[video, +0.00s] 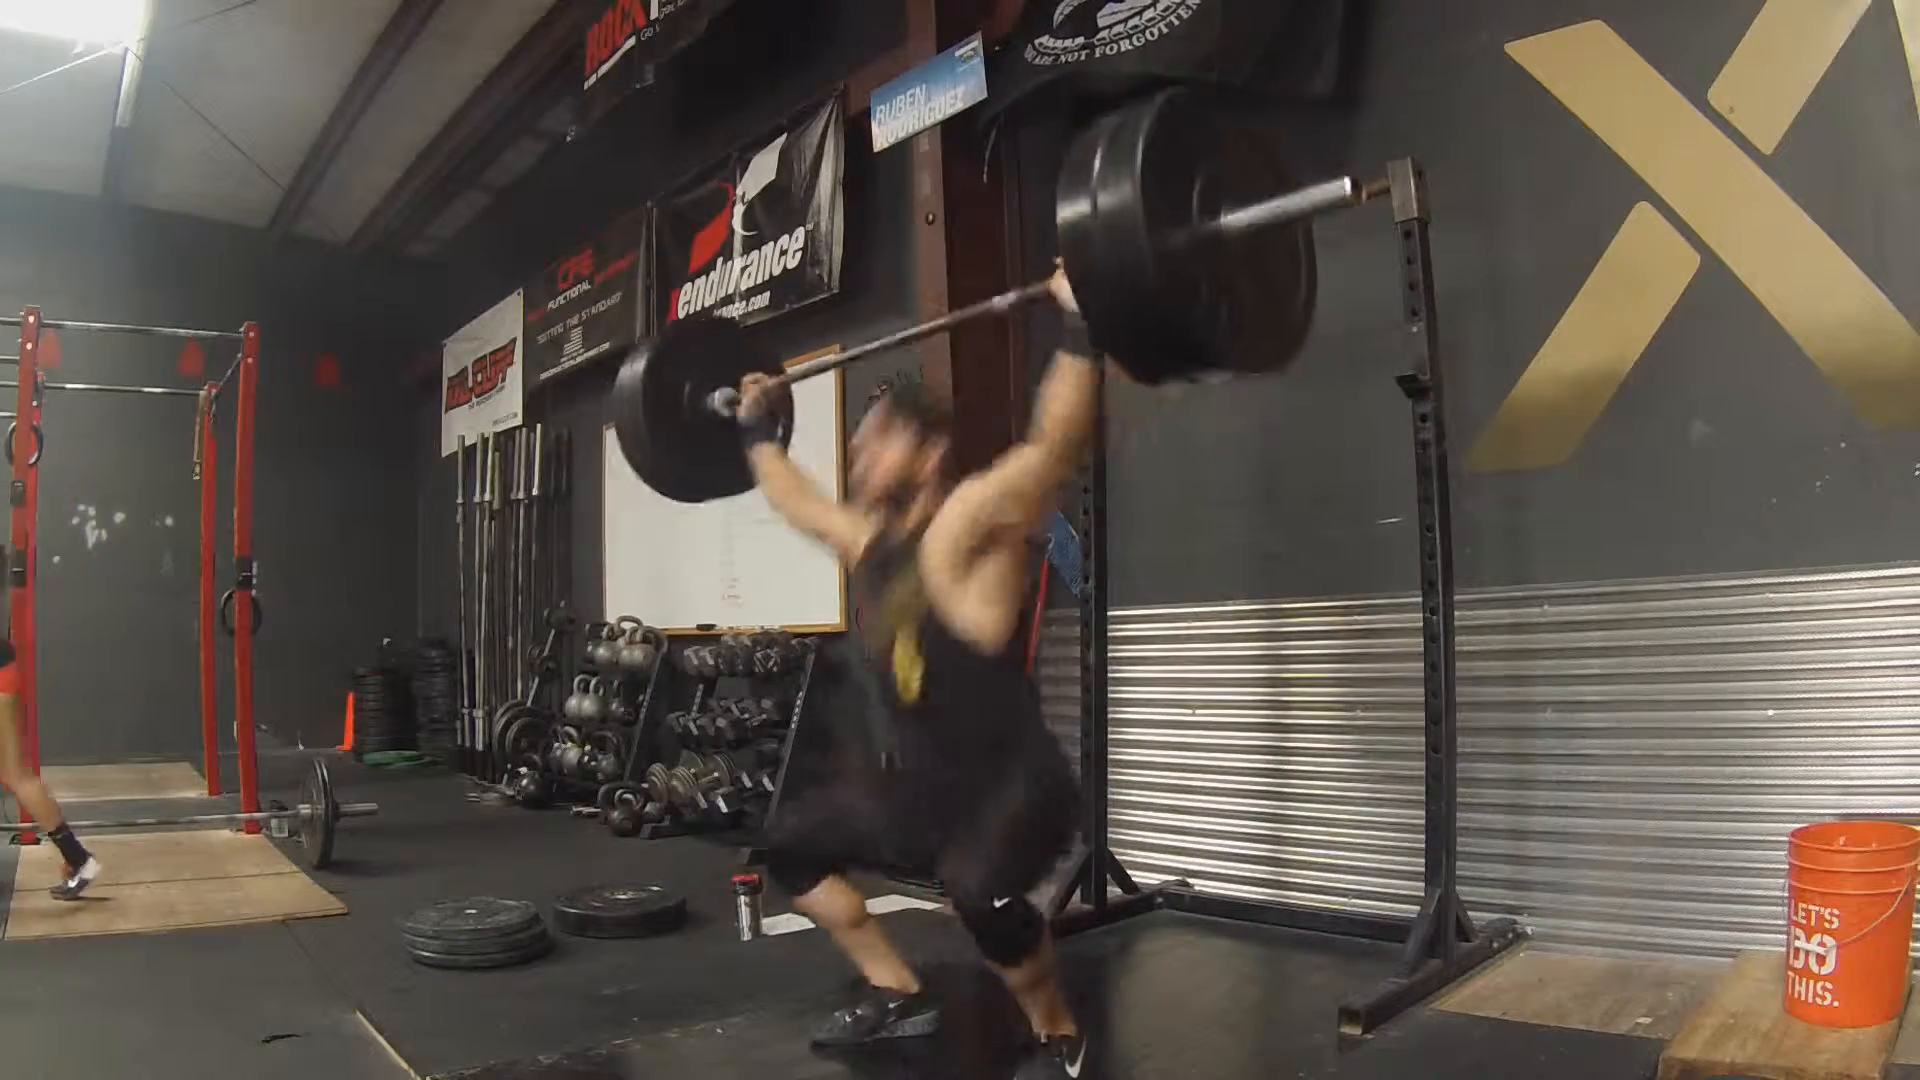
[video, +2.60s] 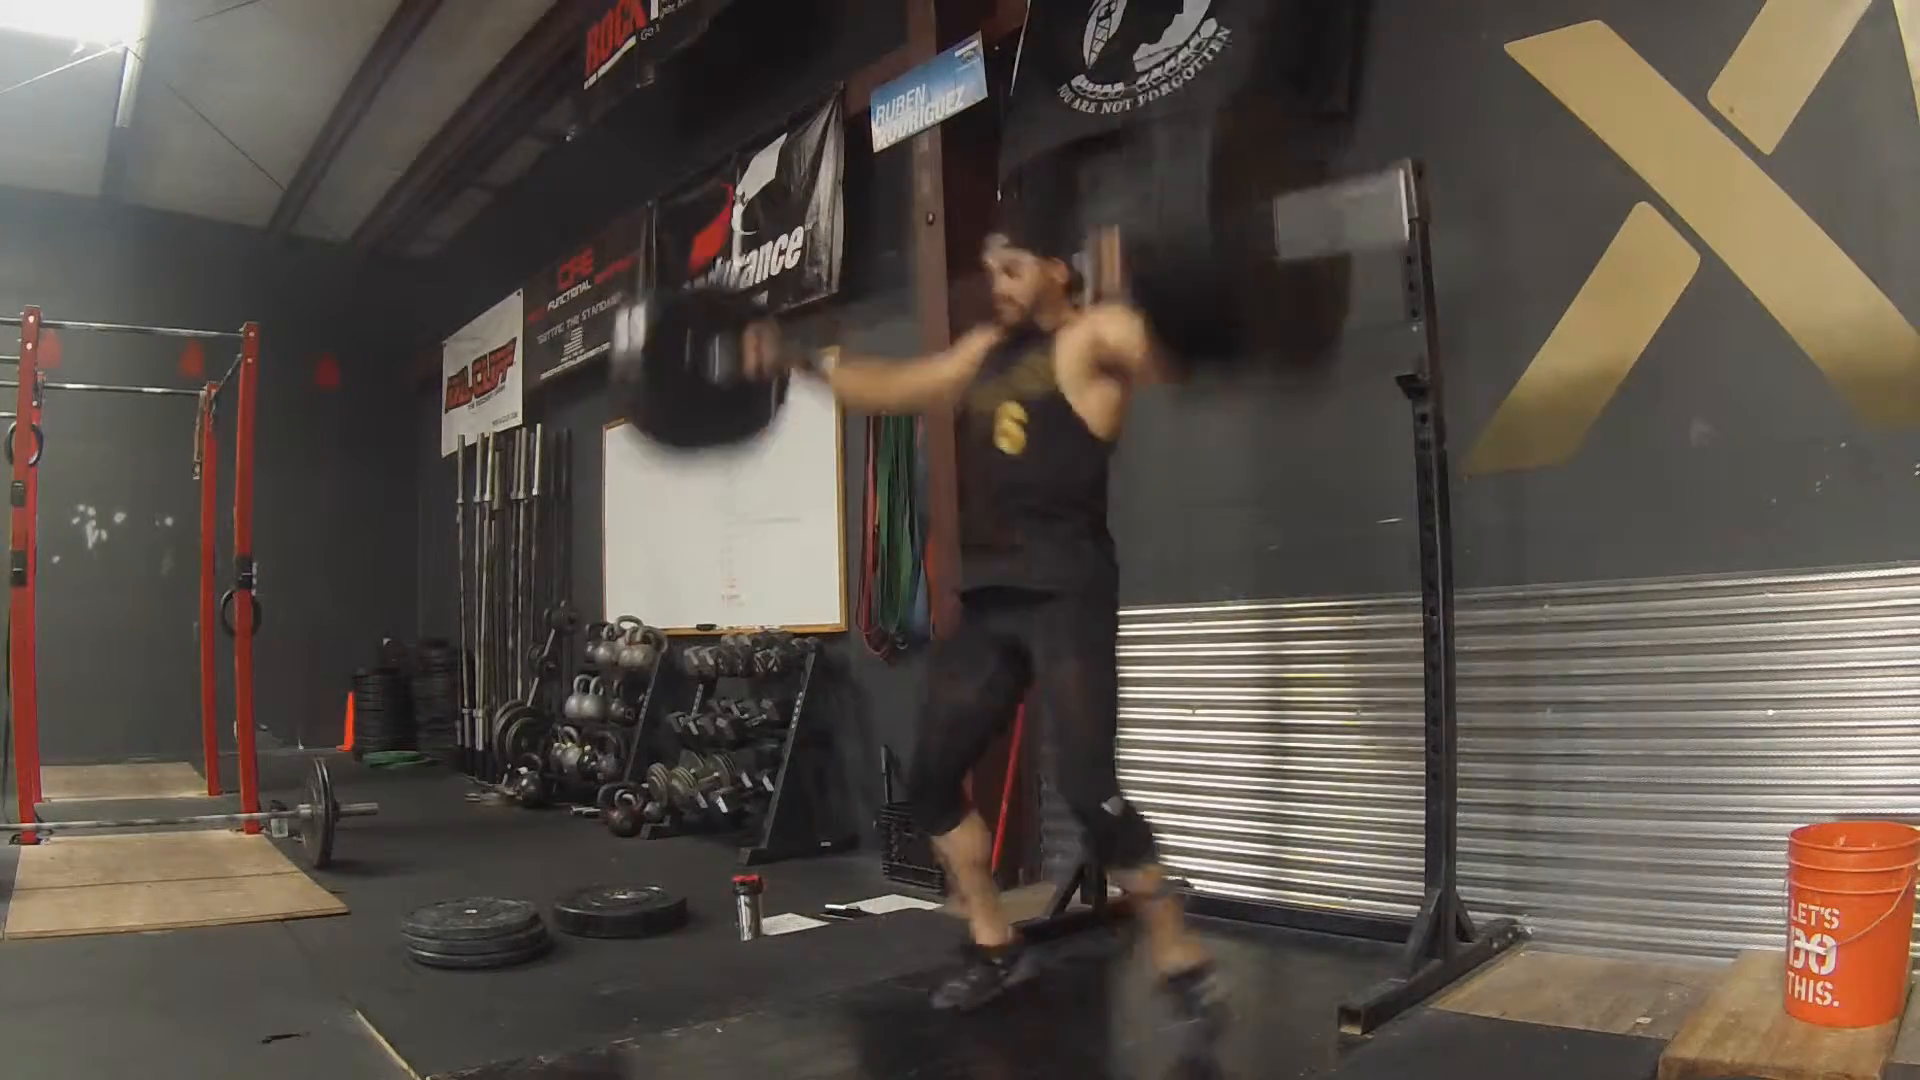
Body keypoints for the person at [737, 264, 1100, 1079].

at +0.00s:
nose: (861, 453)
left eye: (880, 437)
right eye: (860, 440)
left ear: (930, 454)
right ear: (862, 459)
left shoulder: (975, 521)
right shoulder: (866, 542)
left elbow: (1057, 447)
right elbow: (794, 498)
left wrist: (1077, 324)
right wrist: (756, 427)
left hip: (1013, 786)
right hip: (917, 786)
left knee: (977, 889)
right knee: (793, 848)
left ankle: (1057, 1034)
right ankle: (898, 995)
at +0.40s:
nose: (797, 612)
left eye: (815, 592)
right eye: (794, 595)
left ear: (867, 603)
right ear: (791, 607)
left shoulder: (927, 654)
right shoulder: (827, 672)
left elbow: (993, 575)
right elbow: (769, 597)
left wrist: (1074, 467)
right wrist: (750, 525)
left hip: (983, 878)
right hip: (882, 879)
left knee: (941, 918)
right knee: (756, 876)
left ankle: (1051, 1034)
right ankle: (895, 993)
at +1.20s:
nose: (762, 490)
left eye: (774, 470)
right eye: (755, 474)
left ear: (831, 464)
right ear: (756, 477)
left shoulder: (911, 506)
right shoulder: (812, 534)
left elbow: (1005, 420)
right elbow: (748, 466)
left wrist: (1089, 309)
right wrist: (746, 392)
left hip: (1014, 725)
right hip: (917, 740)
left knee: (966, 858)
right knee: (793, 831)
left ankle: (1052, 1031)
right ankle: (892, 990)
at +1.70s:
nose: (785, 342)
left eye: (796, 322)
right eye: (779, 330)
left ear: (850, 308)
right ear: (791, 334)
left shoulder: (932, 351)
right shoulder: (823, 386)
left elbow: (1014, 255)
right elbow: (758, 330)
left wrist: (1109, 146)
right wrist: (753, 256)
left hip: (1007, 616)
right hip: (917, 636)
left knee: (999, 829)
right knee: (842, 797)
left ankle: (1058, 1033)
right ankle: (898, 995)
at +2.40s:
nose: (894, 276)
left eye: (911, 260)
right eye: (891, 265)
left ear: (963, 263)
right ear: (902, 277)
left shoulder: (1015, 320)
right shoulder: (906, 344)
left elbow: (1082, 232)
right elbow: (832, 301)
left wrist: (1122, 119)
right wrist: (774, 230)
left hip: (1014, 607)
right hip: (927, 619)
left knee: (1005, 805)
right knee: (867, 783)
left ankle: (1057, 1031)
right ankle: (897, 994)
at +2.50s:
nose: (953, 255)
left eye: (968, 241)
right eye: (947, 244)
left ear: (1016, 250)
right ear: (953, 260)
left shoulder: (1056, 311)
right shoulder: (947, 332)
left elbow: (1149, 285)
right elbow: (868, 324)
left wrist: (1142, 185)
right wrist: (792, 273)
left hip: (1051, 596)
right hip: (965, 603)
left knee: (1068, 794)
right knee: (923, 774)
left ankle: (1098, 1017)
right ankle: (926, 972)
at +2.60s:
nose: (998, 285)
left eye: (1012, 270)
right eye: (992, 273)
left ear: (1058, 273)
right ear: (990, 278)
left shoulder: (1095, 335)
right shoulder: (986, 350)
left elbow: (1158, 366)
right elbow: (896, 386)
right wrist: (798, 361)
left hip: (1070, 600)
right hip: (990, 602)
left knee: (1089, 791)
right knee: (933, 781)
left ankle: (1182, 967)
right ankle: (995, 947)